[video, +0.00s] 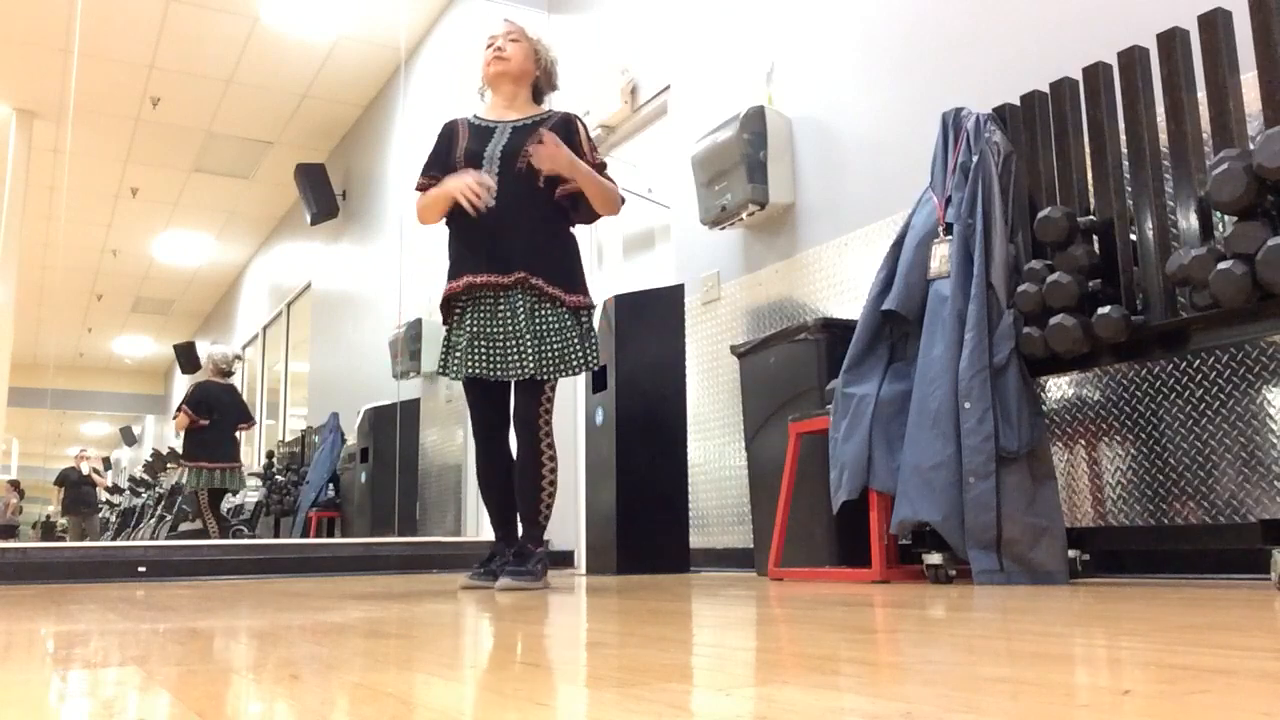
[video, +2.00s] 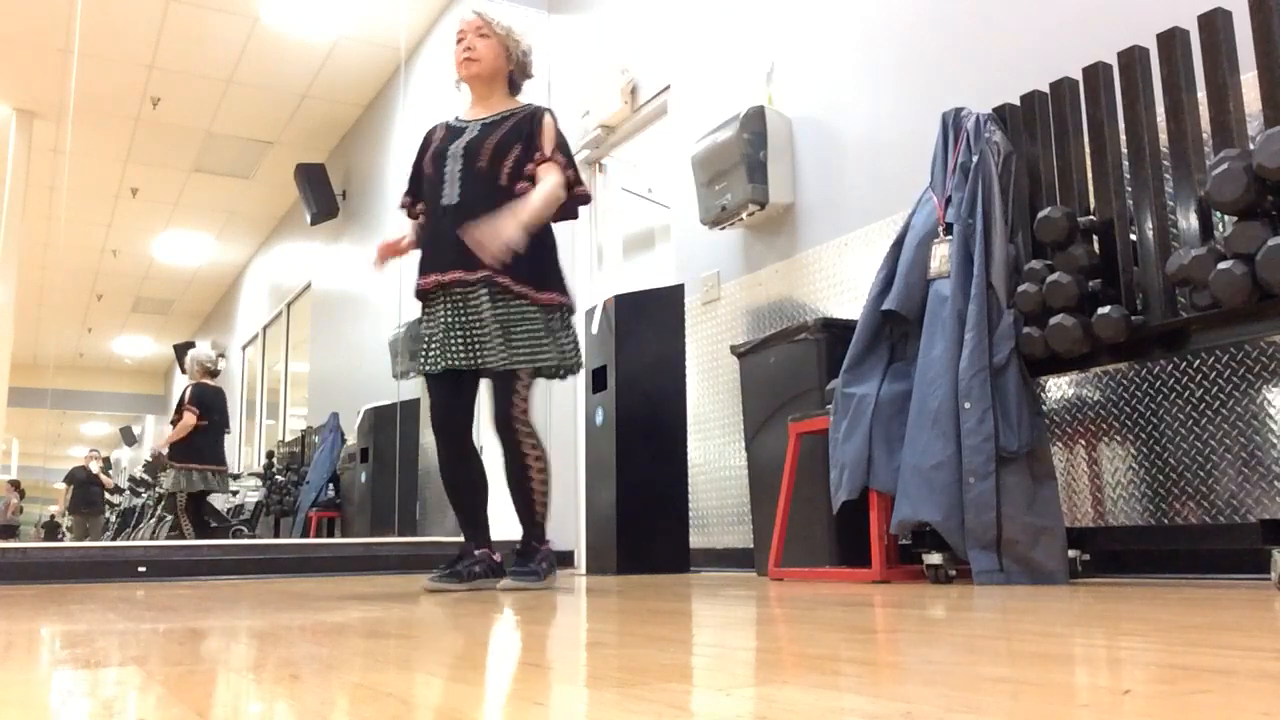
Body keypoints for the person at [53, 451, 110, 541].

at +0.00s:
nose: (84, 460)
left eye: (86, 458)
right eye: (81, 458)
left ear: (89, 460)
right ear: (76, 459)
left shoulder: (93, 471)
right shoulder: (67, 472)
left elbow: (103, 484)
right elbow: (58, 490)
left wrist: (91, 473)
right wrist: (56, 507)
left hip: (91, 512)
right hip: (73, 512)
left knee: (95, 540)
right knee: (74, 541)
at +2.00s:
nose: (93, 460)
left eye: (96, 458)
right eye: (90, 457)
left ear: (100, 460)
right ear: (85, 458)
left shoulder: (103, 472)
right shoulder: (76, 471)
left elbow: (111, 486)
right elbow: (64, 488)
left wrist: (99, 473)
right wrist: (61, 506)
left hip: (96, 512)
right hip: (78, 512)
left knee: (96, 540)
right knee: (78, 540)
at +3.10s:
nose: (105, 461)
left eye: (107, 459)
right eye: (103, 458)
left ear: (112, 460)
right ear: (99, 459)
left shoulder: (117, 471)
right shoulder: (92, 471)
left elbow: (121, 485)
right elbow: (83, 489)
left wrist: (108, 473)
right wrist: (79, 506)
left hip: (108, 512)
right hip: (90, 510)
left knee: (101, 540)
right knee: (83, 538)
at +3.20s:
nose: (104, 461)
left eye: (107, 459)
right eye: (102, 458)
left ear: (111, 460)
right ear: (98, 459)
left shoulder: (116, 471)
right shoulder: (91, 471)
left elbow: (120, 486)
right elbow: (82, 489)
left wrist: (107, 473)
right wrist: (78, 506)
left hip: (107, 511)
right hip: (89, 510)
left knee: (101, 540)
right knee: (82, 538)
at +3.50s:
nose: (98, 461)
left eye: (101, 459)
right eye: (96, 458)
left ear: (107, 460)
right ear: (93, 459)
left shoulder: (110, 471)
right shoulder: (86, 471)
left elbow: (113, 486)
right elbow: (75, 488)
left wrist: (100, 473)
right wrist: (72, 507)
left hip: (101, 510)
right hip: (84, 510)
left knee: (98, 537)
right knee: (83, 537)